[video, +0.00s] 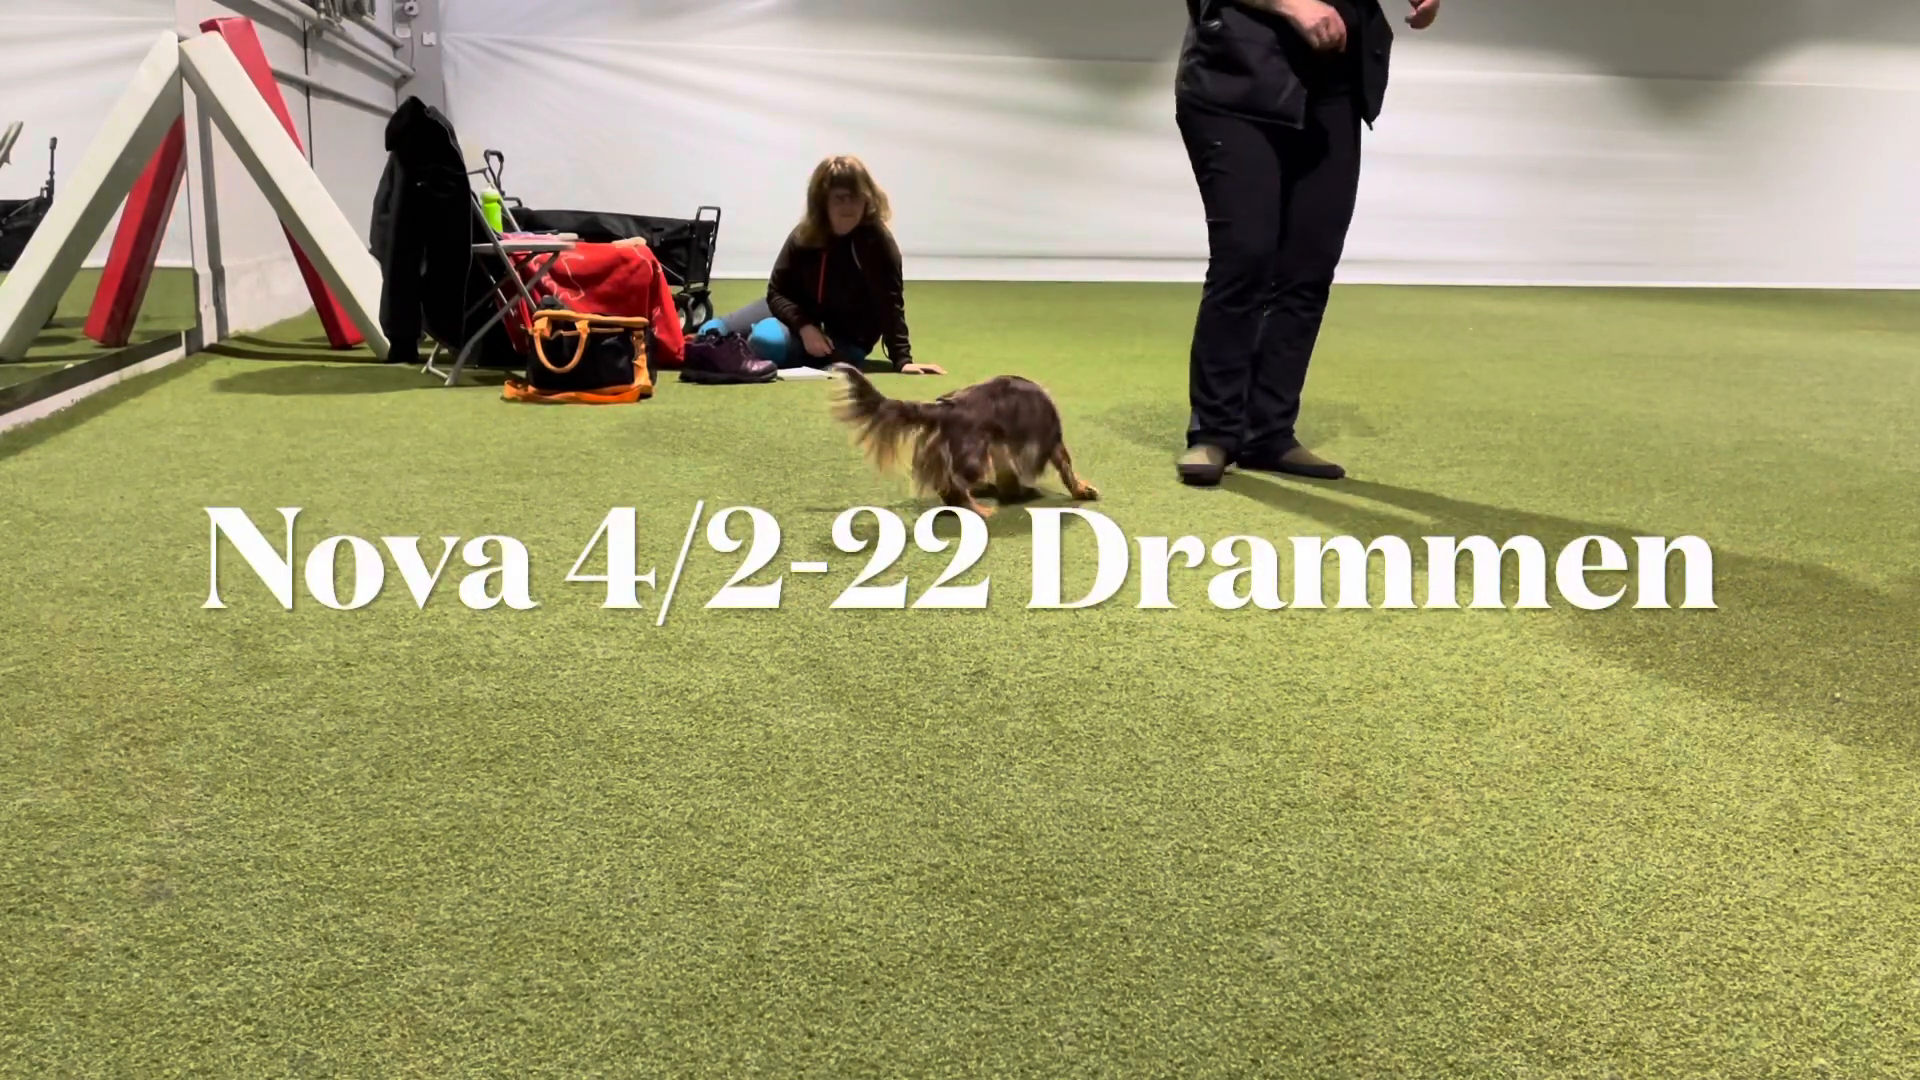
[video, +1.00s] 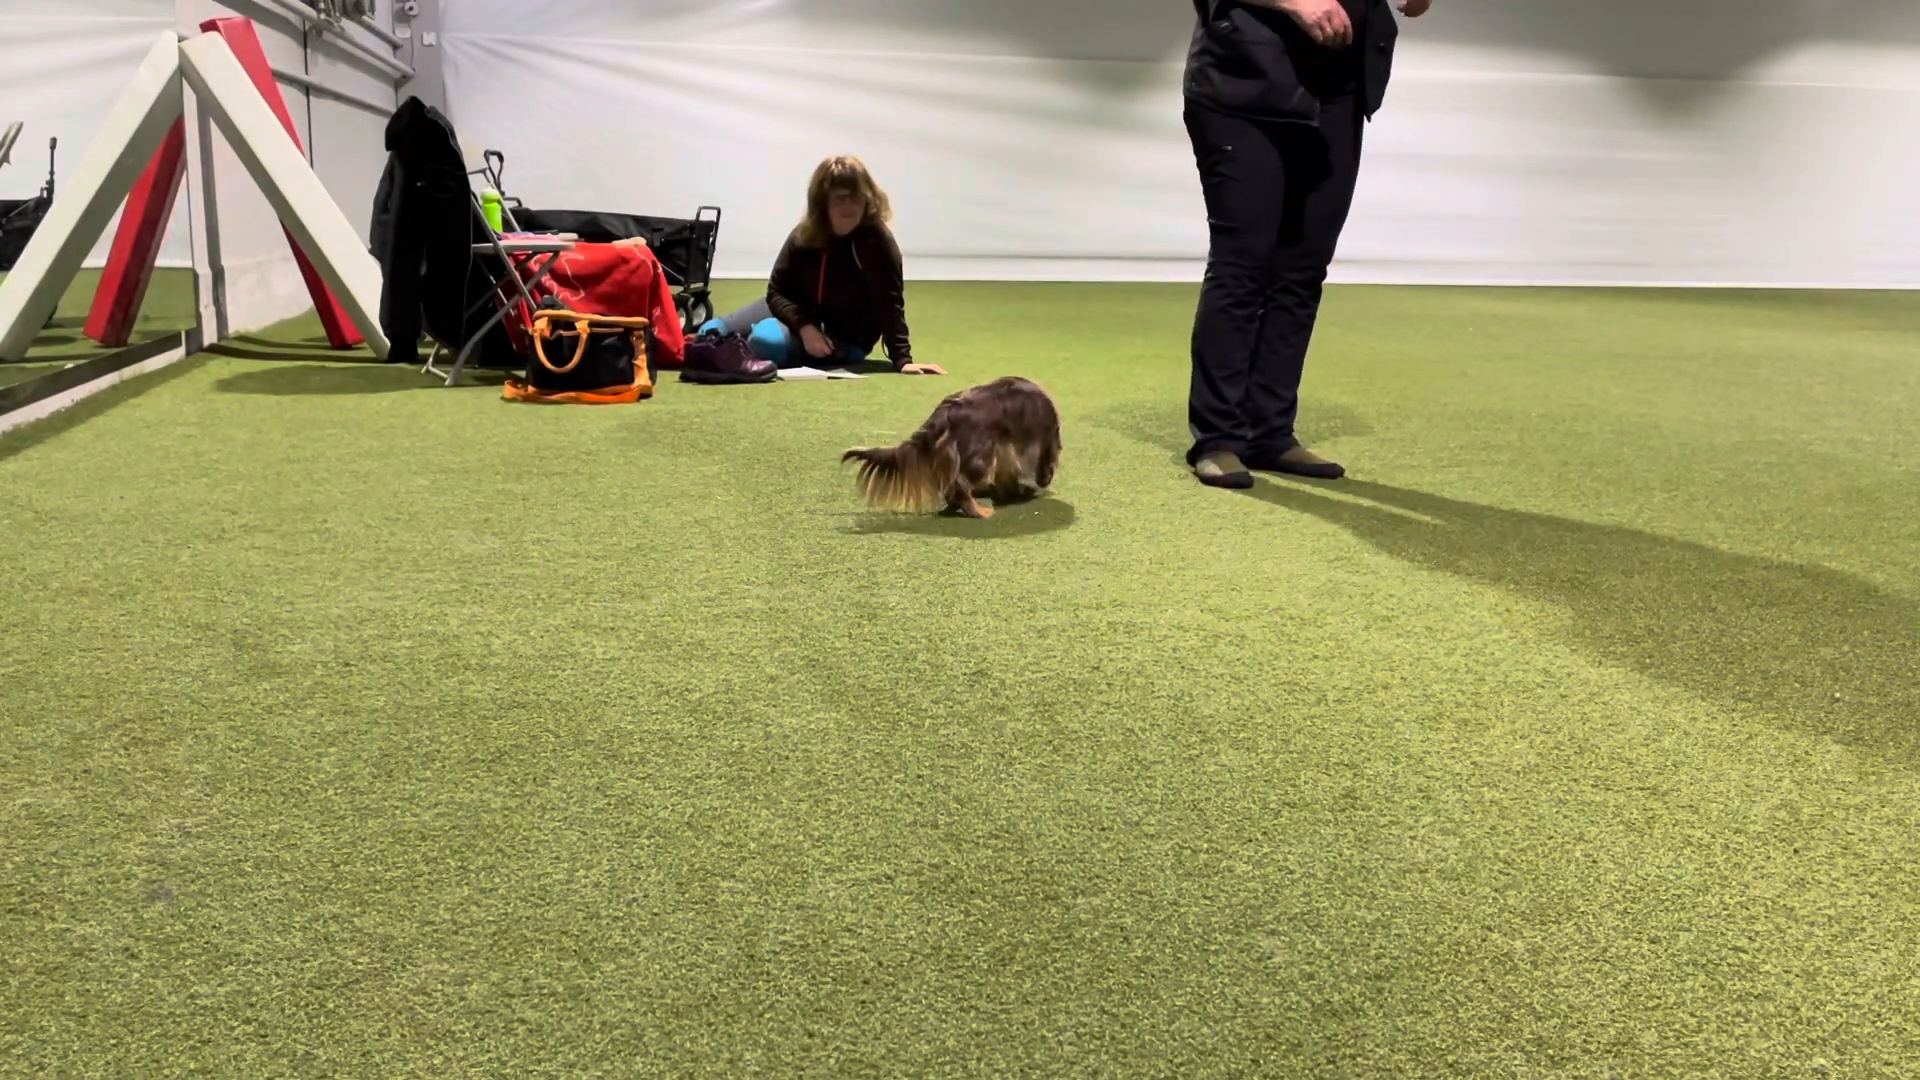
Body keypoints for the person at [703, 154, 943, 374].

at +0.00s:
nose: (848, 205)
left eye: (855, 196)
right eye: (839, 197)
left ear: (866, 201)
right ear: (822, 201)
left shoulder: (878, 243)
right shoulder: (804, 237)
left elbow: (891, 302)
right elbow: (778, 293)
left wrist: (902, 360)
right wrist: (804, 327)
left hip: (840, 338)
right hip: (793, 313)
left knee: (764, 338)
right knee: (712, 332)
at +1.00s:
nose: (847, 205)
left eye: (855, 196)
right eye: (838, 197)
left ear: (867, 200)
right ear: (822, 202)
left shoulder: (878, 242)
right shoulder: (804, 237)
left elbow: (891, 302)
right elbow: (777, 293)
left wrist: (903, 360)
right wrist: (804, 327)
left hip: (841, 338)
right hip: (794, 313)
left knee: (763, 337)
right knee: (715, 331)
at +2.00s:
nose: (848, 205)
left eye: (855, 197)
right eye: (839, 198)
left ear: (867, 200)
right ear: (823, 201)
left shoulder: (878, 243)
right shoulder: (804, 237)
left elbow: (892, 302)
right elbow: (777, 292)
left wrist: (902, 360)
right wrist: (804, 327)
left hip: (843, 338)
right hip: (797, 313)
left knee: (764, 336)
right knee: (714, 330)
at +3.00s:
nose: (846, 205)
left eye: (853, 197)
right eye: (837, 198)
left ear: (866, 200)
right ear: (822, 201)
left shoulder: (878, 243)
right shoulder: (804, 237)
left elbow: (891, 302)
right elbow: (777, 292)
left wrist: (902, 360)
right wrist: (804, 328)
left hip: (842, 337)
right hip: (796, 313)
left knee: (765, 336)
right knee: (712, 331)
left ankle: (732, 345)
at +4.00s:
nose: (847, 207)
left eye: (855, 198)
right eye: (838, 199)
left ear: (867, 201)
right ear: (822, 202)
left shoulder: (878, 243)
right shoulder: (805, 236)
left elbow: (892, 303)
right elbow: (777, 293)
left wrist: (902, 357)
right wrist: (804, 327)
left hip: (843, 337)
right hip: (796, 312)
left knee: (766, 338)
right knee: (713, 331)